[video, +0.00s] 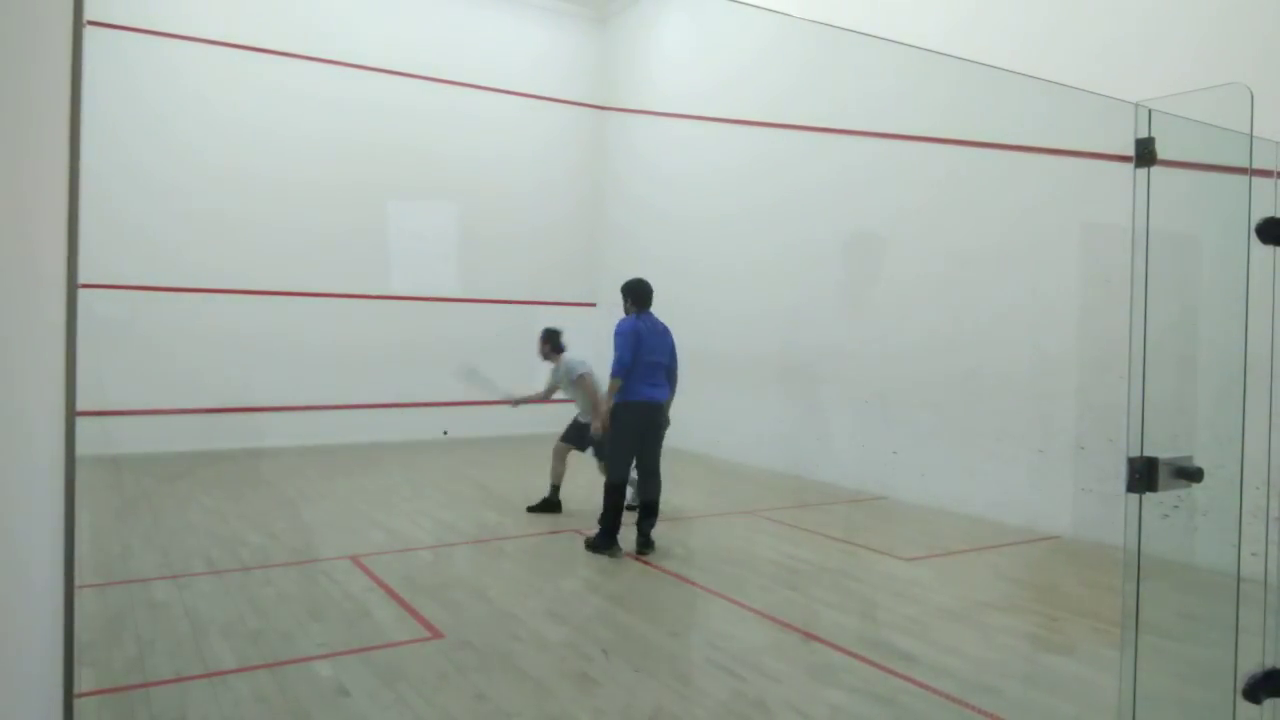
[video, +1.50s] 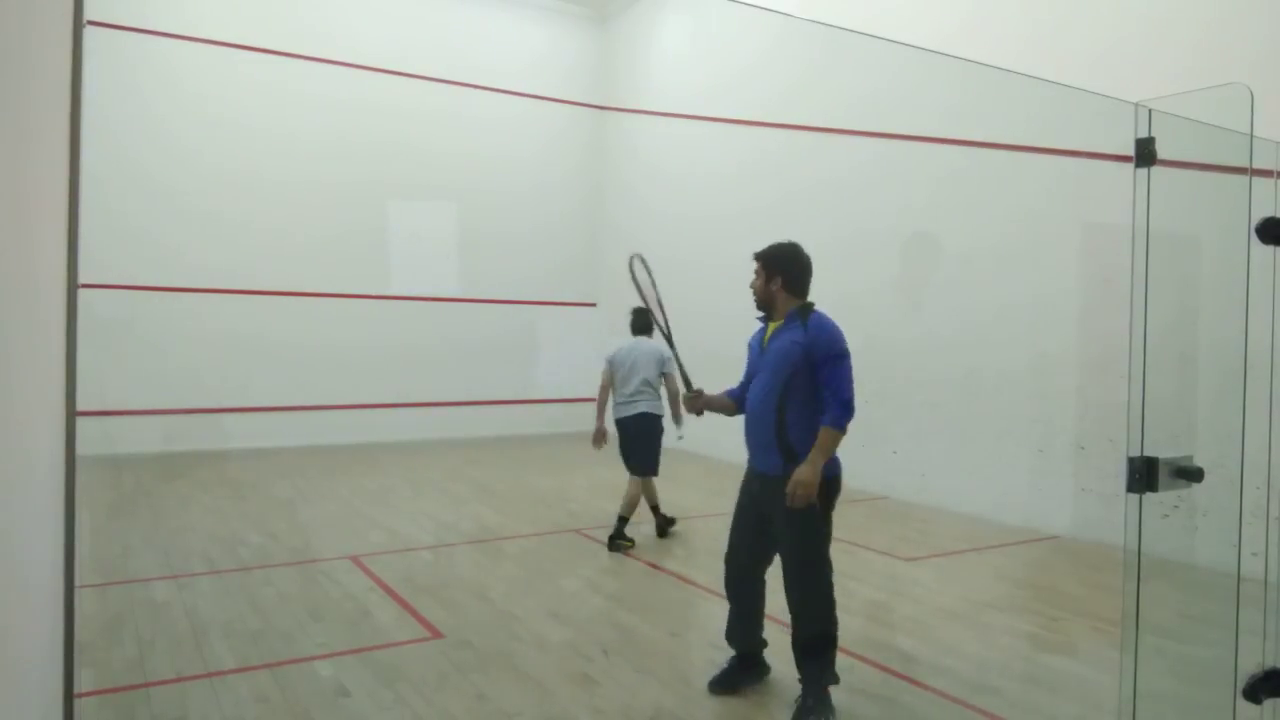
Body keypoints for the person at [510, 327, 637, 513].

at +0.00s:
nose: (539, 349)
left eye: (541, 345)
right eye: (540, 345)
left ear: (549, 346)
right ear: (553, 346)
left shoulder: (572, 363)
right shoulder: (558, 370)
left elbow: (591, 390)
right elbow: (546, 395)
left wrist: (596, 419)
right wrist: (521, 401)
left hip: (600, 419)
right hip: (584, 419)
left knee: (606, 467)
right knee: (560, 450)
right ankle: (553, 498)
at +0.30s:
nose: (530, 326)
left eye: (532, 322)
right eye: (531, 322)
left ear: (541, 323)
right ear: (550, 323)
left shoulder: (545, 349)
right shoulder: (570, 345)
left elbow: (524, 382)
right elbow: (586, 374)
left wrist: (490, 396)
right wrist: (587, 401)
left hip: (559, 411)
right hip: (576, 409)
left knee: (545, 460)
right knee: (551, 457)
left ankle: (565, 503)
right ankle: (552, 497)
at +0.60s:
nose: (540, 351)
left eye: (542, 345)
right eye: (539, 346)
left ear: (555, 341)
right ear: (556, 342)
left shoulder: (570, 360)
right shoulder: (577, 357)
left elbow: (584, 398)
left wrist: (584, 435)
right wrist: (559, 425)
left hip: (598, 418)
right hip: (614, 416)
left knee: (567, 461)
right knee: (616, 470)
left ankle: (567, 514)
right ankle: (641, 514)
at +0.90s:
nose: (469, 424)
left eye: (470, 419)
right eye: (467, 420)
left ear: (481, 410)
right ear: (479, 409)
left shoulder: (511, 419)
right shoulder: (489, 416)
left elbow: (521, 469)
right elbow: (479, 438)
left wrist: (512, 506)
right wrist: (451, 451)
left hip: (558, 432)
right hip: (551, 431)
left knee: (520, 476)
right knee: (571, 478)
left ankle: (517, 529)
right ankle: (622, 504)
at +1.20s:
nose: (493, 368)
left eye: (494, 362)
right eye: (491, 363)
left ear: (503, 360)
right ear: (511, 357)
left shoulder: (515, 383)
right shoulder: (536, 368)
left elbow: (520, 431)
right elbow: (575, 382)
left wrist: (508, 459)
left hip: (563, 428)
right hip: (587, 420)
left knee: (527, 474)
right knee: (589, 473)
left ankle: (518, 529)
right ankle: (620, 523)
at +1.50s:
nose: (648, 328)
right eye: (649, 324)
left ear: (631, 327)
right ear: (652, 327)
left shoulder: (616, 353)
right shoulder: (660, 351)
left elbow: (604, 390)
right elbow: (672, 388)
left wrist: (599, 424)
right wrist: (677, 413)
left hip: (624, 419)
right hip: (650, 418)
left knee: (644, 473)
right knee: (637, 476)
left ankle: (660, 519)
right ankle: (618, 533)